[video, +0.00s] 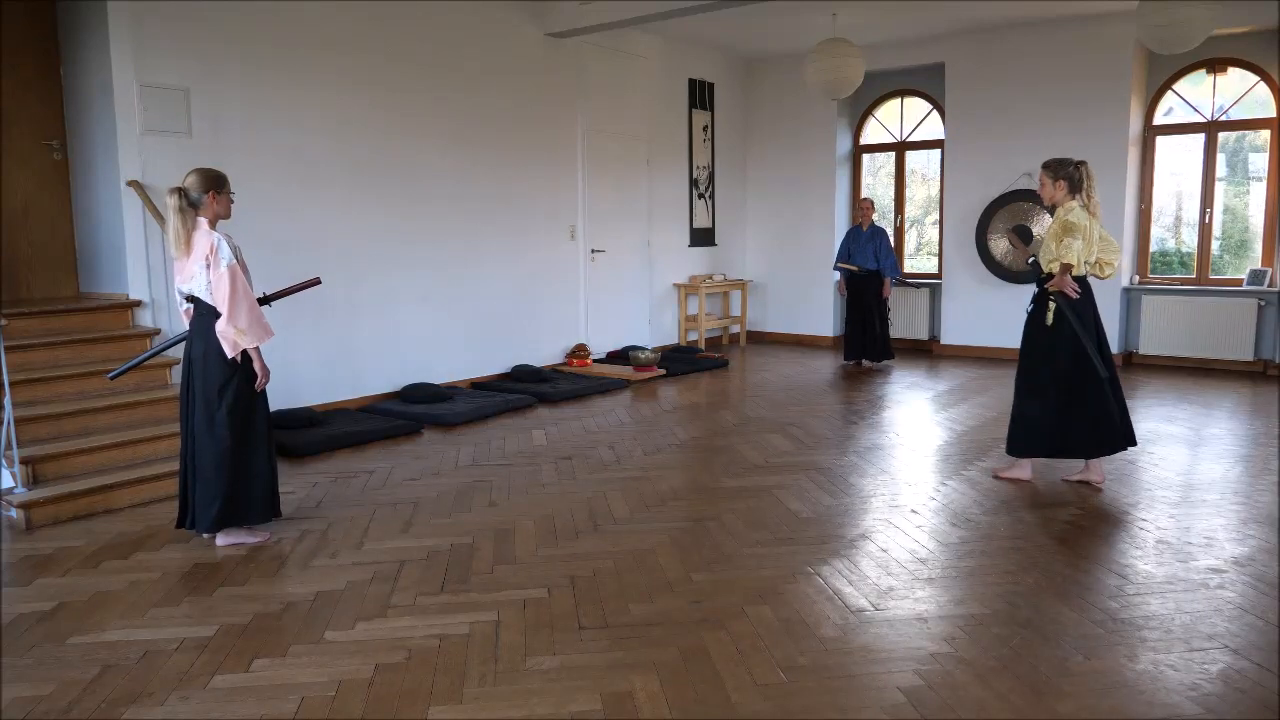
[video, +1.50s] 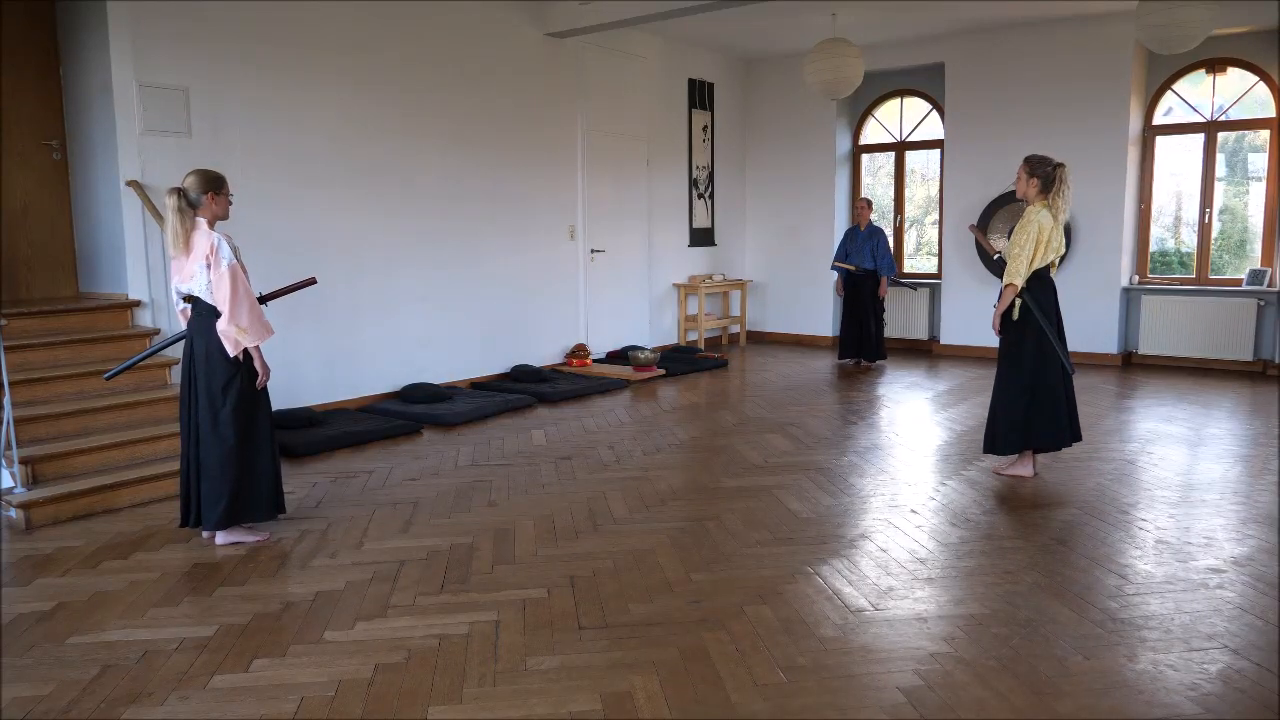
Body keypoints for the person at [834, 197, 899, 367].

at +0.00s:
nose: (864, 212)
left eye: (867, 209)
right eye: (861, 209)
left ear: (873, 211)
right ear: (858, 211)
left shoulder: (880, 233)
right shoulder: (852, 232)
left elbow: (887, 259)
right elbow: (843, 257)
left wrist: (887, 283)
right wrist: (842, 278)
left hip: (873, 278)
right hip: (854, 278)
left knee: (873, 317)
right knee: (855, 317)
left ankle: (871, 358)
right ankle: (855, 356)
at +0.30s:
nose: (859, 211)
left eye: (863, 208)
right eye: (857, 208)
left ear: (869, 211)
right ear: (854, 211)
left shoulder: (876, 232)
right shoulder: (849, 232)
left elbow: (884, 259)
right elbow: (839, 256)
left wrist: (883, 283)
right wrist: (838, 278)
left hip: (870, 278)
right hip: (851, 278)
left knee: (869, 317)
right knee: (852, 316)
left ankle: (868, 357)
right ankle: (855, 356)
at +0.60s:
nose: (858, 211)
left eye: (861, 208)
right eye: (855, 208)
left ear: (869, 211)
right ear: (853, 211)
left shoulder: (876, 233)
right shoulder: (848, 232)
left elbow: (882, 258)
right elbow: (839, 257)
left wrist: (881, 282)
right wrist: (838, 278)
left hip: (869, 278)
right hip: (850, 278)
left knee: (868, 317)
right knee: (852, 316)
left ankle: (868, 356)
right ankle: (855, 354)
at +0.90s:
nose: (858, 210)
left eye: (862, 208)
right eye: (856, 208)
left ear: (869, 210)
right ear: (853, 210)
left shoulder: (876, 232)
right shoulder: (849, 233)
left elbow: (882, 259)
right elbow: (840, 257)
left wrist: (882, 281)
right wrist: (838, 279)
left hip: (869, 277)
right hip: (851, 277)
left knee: (869, 317)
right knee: (852, 316)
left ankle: (869, 357)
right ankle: (856, 355)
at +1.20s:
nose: (858, 211)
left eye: (862, 208)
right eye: (856, 208)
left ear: (869, 211)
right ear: (853, 210)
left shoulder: (877, 233)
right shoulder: (849, 233)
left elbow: (883, 259)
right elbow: (841, 257)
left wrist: (883, 282)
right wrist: (840, 279)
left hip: (870, 278)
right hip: (851, 278)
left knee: (869, 317)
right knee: (853, 316)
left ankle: (869, 357)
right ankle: (856, 355)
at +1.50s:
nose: (858, 211)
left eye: (862, 208)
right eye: (856, 208)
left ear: (870, 210)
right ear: (854, 210)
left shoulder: (877, 233)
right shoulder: (850, 233)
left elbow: (884, 259)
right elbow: (841, 257)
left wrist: (883, 283)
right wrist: (840, 278)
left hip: (870, 279)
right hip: (852, 278)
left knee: (869, 317)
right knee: (853, 316)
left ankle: (869, 357)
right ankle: (856, 355)